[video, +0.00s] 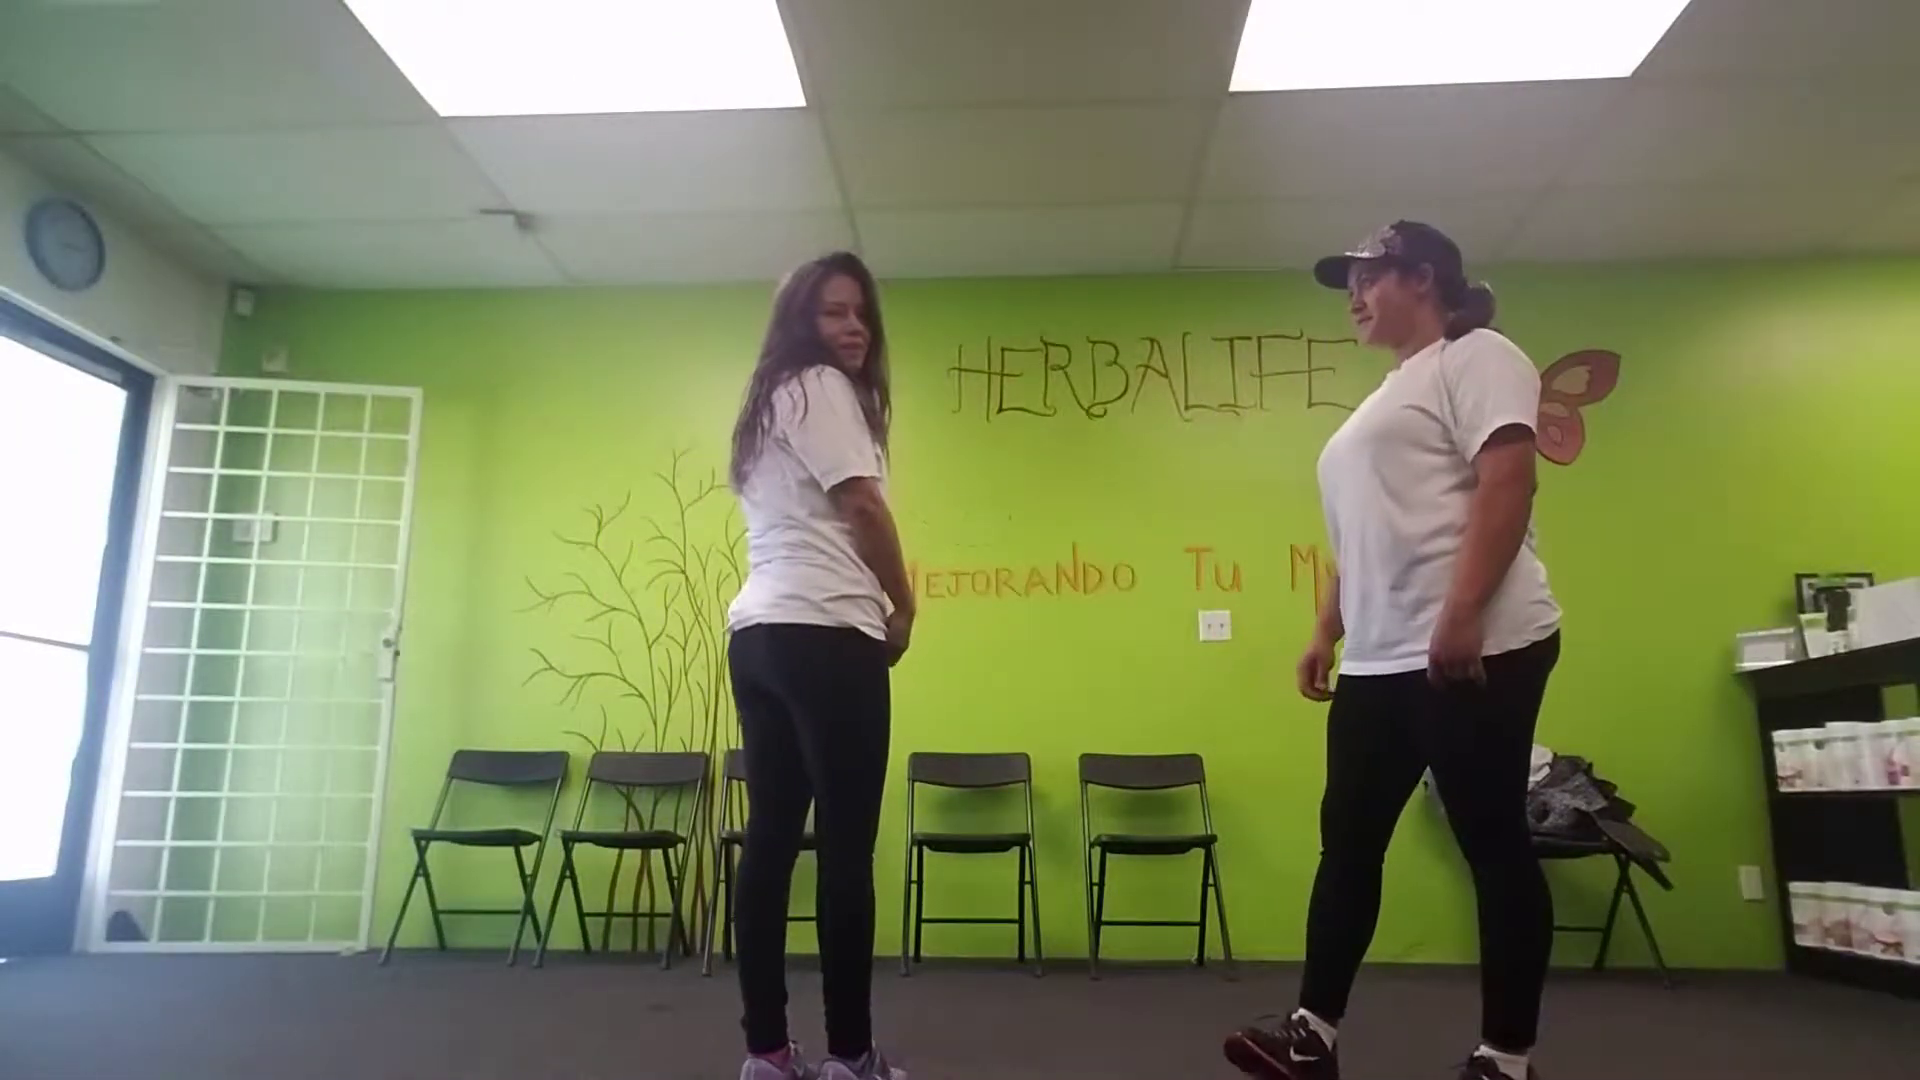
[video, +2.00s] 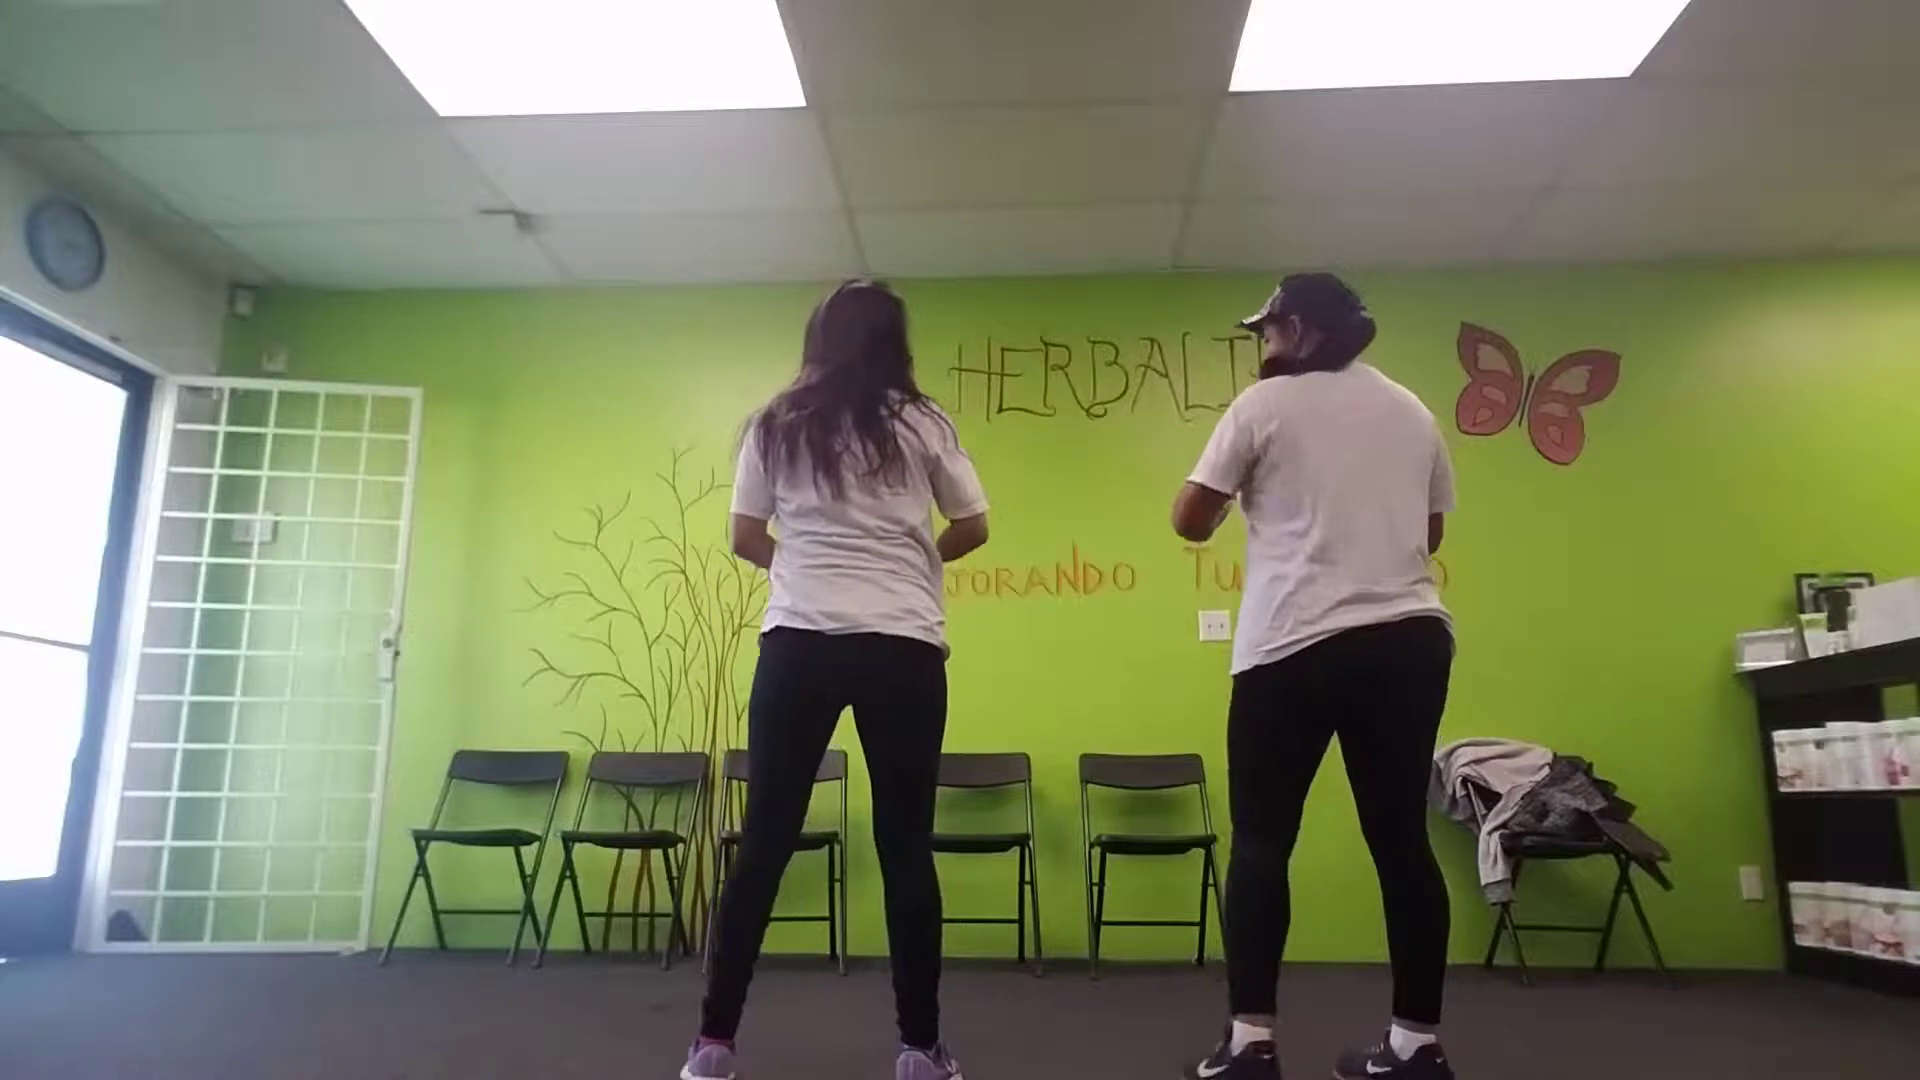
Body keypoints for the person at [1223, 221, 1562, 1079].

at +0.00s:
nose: (1354, 296)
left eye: (1368, 278)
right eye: (1353, 284)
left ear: (1421, 280)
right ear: (1393, 290)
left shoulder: (1477, 354)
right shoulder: (1385, 398)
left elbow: (1508, 481)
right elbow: (1365, 532)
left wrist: (1463, 609)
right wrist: (1328, 629)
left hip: (1478, 650)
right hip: (1378, 661)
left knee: (1497, 847)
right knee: (1349, 840)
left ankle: (1506, 1057)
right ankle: (1314, 1031)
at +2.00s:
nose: (1264, 347)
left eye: (1271, 332)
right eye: (1265, 332)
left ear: (1304, 330)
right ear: (1348, 333)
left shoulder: (1264, 404)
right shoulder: (1413, 411)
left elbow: (1191, 520)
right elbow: (1430, 533)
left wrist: (1235, 463)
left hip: (1291, 651)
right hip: (1409, 646)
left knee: (1260, 844)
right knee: (1403, 840)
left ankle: (1250, 1044)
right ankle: (1415, 1046)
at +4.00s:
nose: (1212, 632)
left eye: (1218, 618)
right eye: (1213, 618)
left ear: (1246, 623)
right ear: (1298, 622)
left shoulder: (1208, 686)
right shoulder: (1355, 680)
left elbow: (1177, 793)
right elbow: (1382, 763)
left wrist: (1218, 731)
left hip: (1276, 891)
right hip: (1426, 884)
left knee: (1169, 877)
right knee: (1388, 869)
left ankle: (1233, 1046)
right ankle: (1416, 1038)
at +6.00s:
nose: (1217, 637)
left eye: (1221, 624)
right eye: (1218, 624)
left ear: (1245, 628)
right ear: (1300, 628)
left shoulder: (1208, 695)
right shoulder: (1357, 688)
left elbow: (1177, 805)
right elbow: (1374, 772)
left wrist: (1227, 745)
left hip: (1277, 899)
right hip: (1424, 893)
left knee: (1169, 880)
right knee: (1392, 873)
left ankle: (1234, 1046)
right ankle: (1417, 1038)